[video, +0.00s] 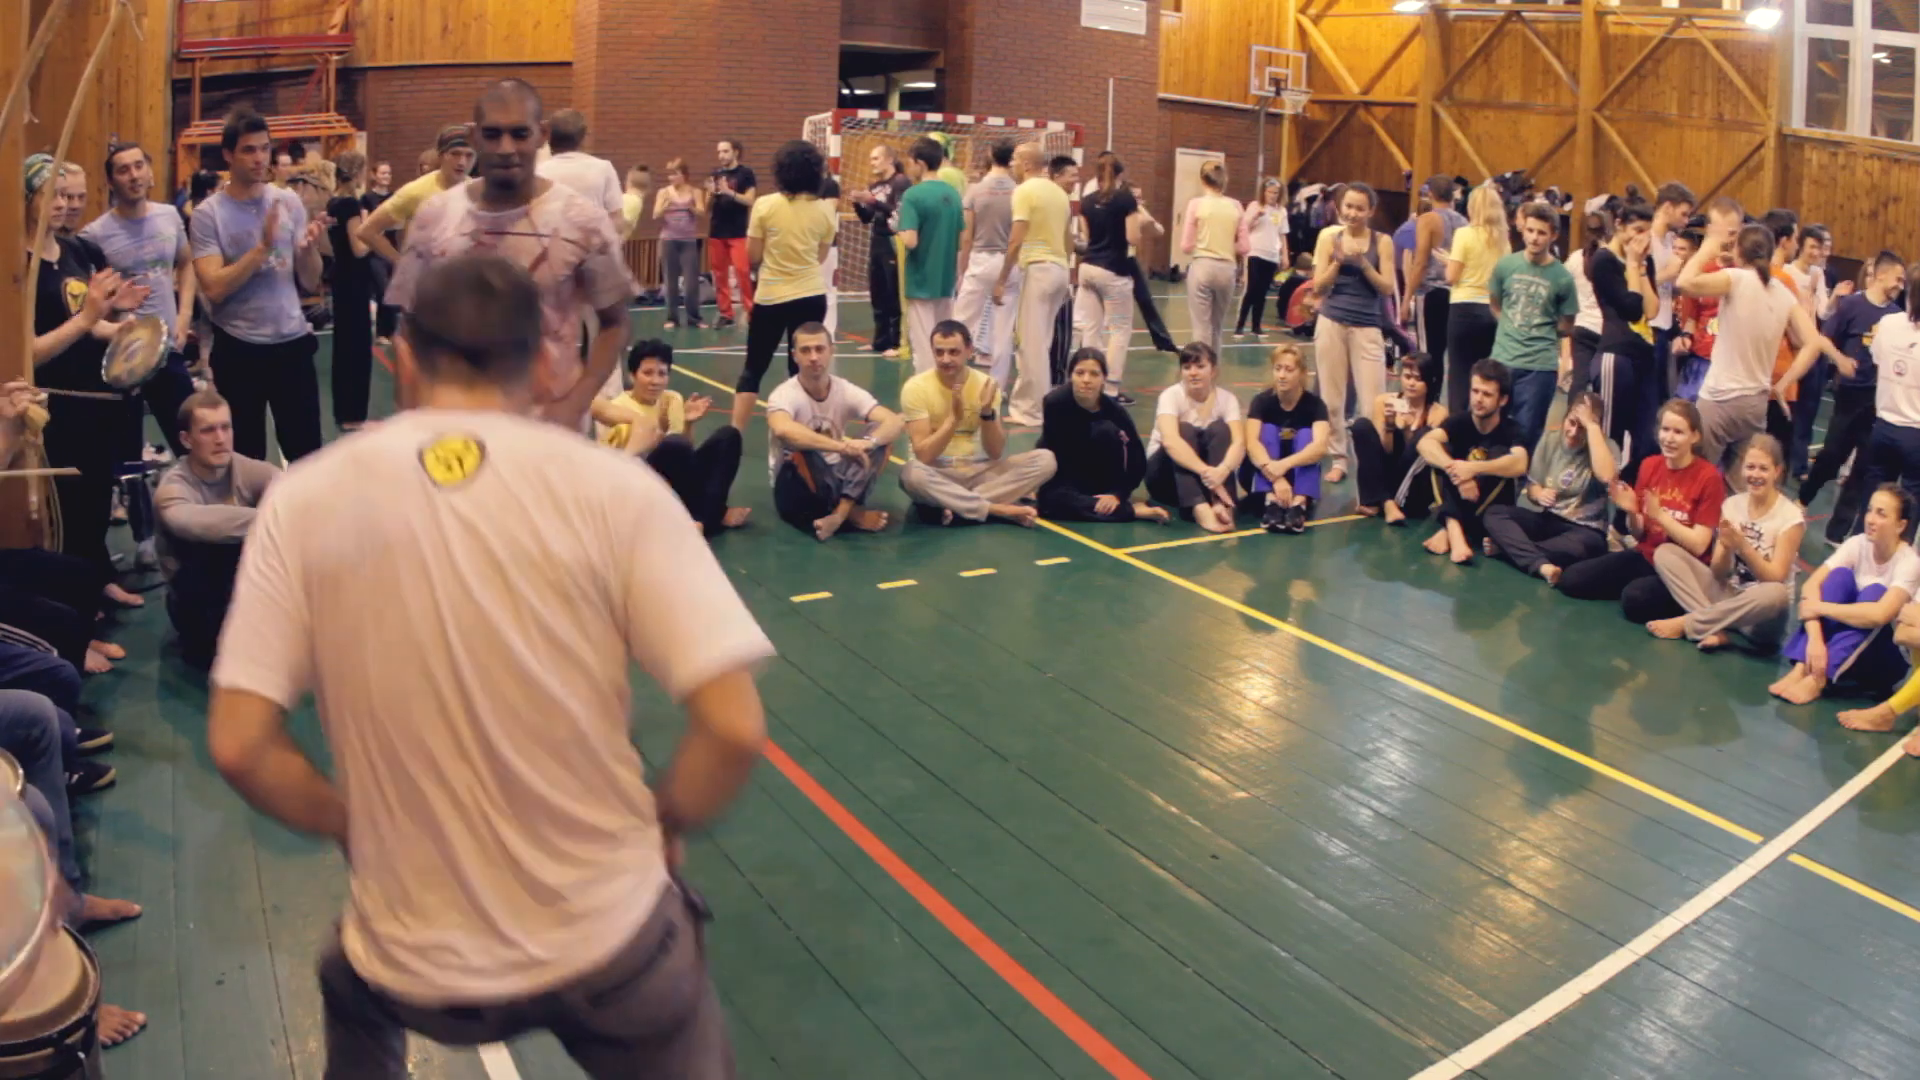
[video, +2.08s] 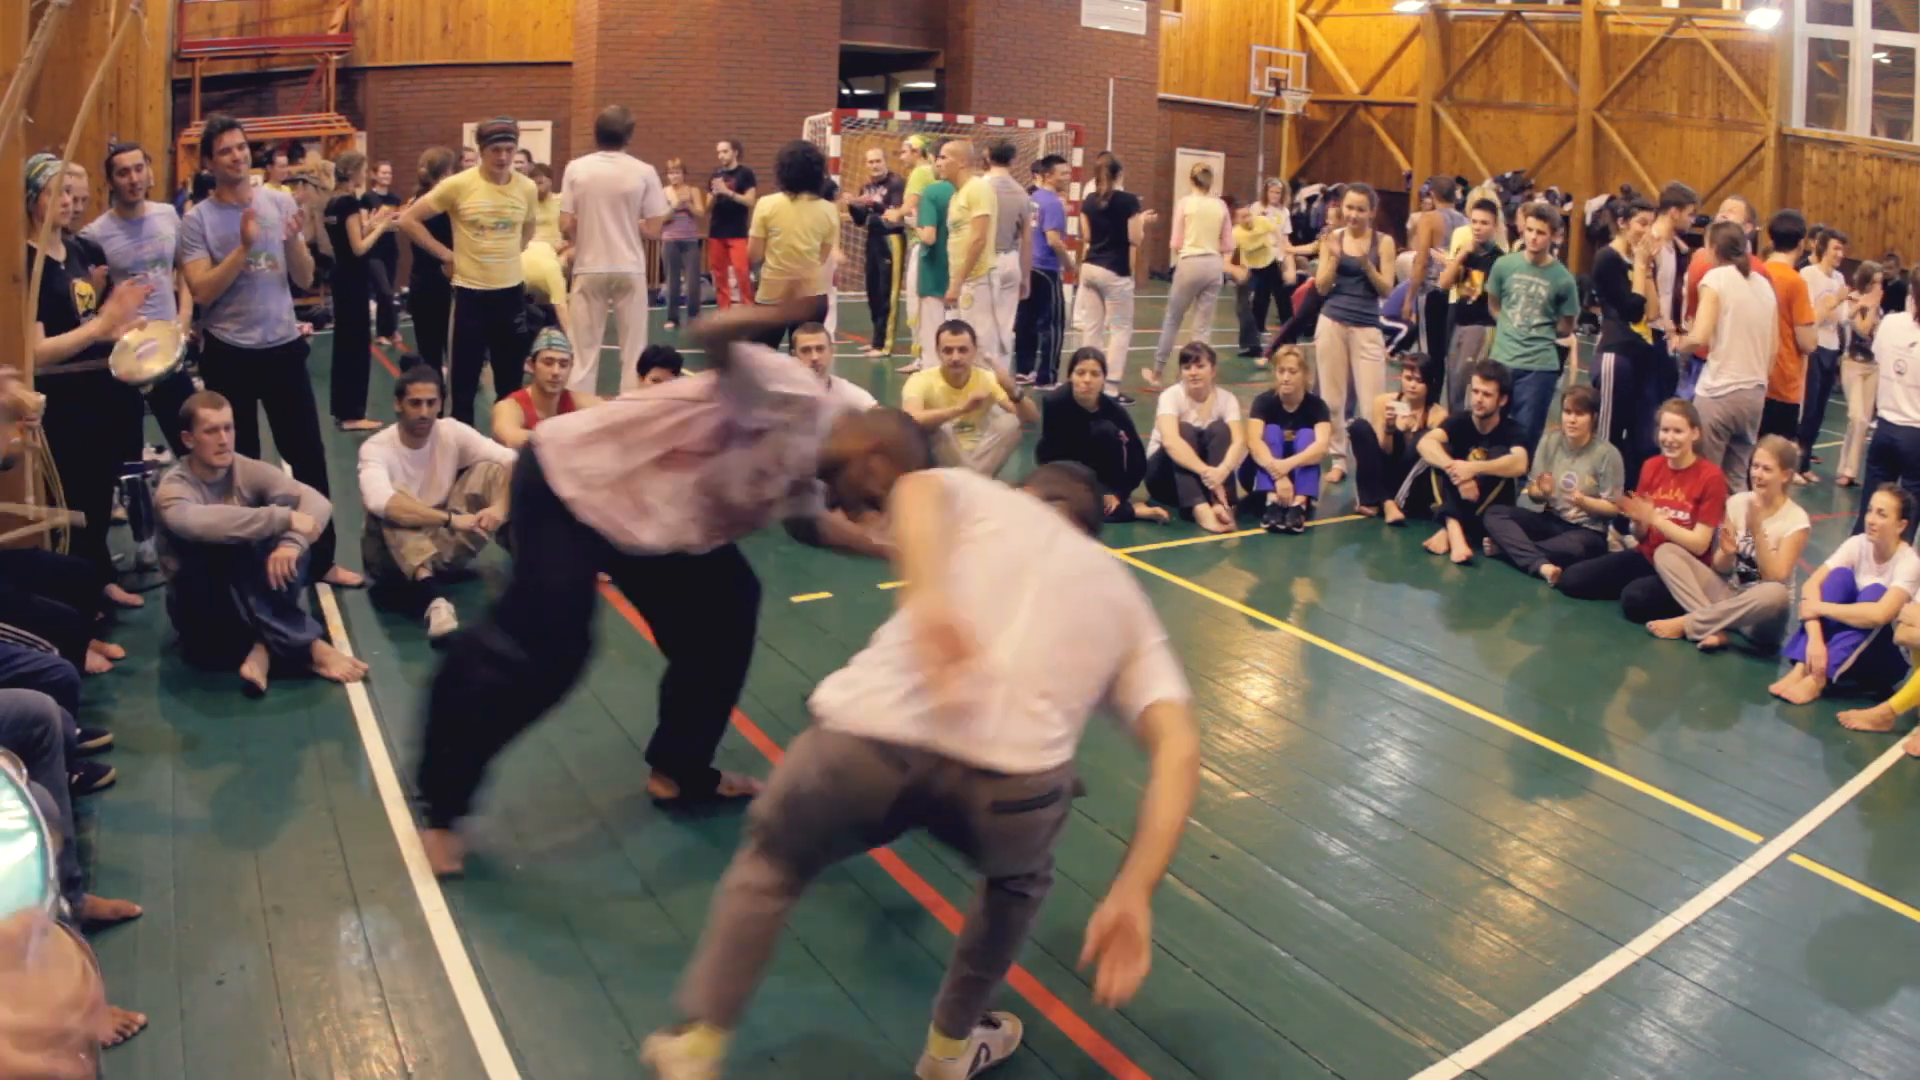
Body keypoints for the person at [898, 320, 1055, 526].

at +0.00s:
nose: (946, 360)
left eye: (954, 352)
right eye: (939, 353)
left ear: (969, 351)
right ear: (932, 352)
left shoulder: (985, 384)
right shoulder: (916, 388)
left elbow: (995, 451)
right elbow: (924, 455)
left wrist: (987, 412)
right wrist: (954, 420)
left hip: (982, 469)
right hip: (939, 472)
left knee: (1046, 460)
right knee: (911, 474)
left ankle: (959, 508)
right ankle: (994, 509)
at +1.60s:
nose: (954, 361)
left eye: (963, 354)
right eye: (948, 353)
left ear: (975, 355)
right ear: (939, 352)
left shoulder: (989, 386)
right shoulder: (918, 385)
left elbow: (987, 452)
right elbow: (921, 447)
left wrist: (981, 409)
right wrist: (963, 410)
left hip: (979, 465)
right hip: (938, 465)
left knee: (1033, 447)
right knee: (916, 466)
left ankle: (955, 504)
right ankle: (1002, 509)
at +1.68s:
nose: (954, 357)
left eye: (962, 350)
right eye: (947, 349)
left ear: (975, 351)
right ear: (938, 350)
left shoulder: (988, 381)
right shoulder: (918, 381)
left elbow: (995, 436)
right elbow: (920, 436)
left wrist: (982, 391)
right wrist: (963, 400)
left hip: (974, 463)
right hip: (937, 463)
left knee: (1023, 442)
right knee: (919, 456)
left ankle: (949, 501)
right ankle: (1002, 507)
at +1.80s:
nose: (954, 353)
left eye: (961, 346)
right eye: (946, 346)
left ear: (974, 348)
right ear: (937, 348)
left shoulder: (983, 376)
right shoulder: (919, 377)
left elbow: (1008, 414)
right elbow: (917, 418)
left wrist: (986, 368)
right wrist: (962, 384)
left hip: (971, 470)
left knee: (1019, 432)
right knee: (925, 437)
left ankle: (947, 499)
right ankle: (997, 506)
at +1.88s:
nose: (954, 352)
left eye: (961, 346)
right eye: (946, 346)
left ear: (972, 348)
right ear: (937, 348)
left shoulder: (981, 375)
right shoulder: (919, 376)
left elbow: (1018, 406)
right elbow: (915, 412)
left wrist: (989, 361)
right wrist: (962, 376)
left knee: (1012, 427)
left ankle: (948, 499)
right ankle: (990, 503)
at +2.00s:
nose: (954, 355)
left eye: (961, 348)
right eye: (946, 349)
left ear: (973, 349)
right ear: (937, 350)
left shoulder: (987, 378)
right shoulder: (919, 378)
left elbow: (1030, 410)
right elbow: (910, 416)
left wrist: (1007, 376)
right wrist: (960, 391)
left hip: (979, 451)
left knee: (1013, 424)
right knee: (935, 426)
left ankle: (975, 475)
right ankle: (968, 478)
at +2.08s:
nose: (956, 358)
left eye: (963, 350)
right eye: (948, 351)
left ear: (974, 351)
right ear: (938, 353)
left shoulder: (987, 379)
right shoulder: (920, 381)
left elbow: (1032, 418)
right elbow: (914, 419)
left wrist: (1013, 390)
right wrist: (961, 410)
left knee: (1011, 424)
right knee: (940, 429)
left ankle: (975, 480)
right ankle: (975, 480)